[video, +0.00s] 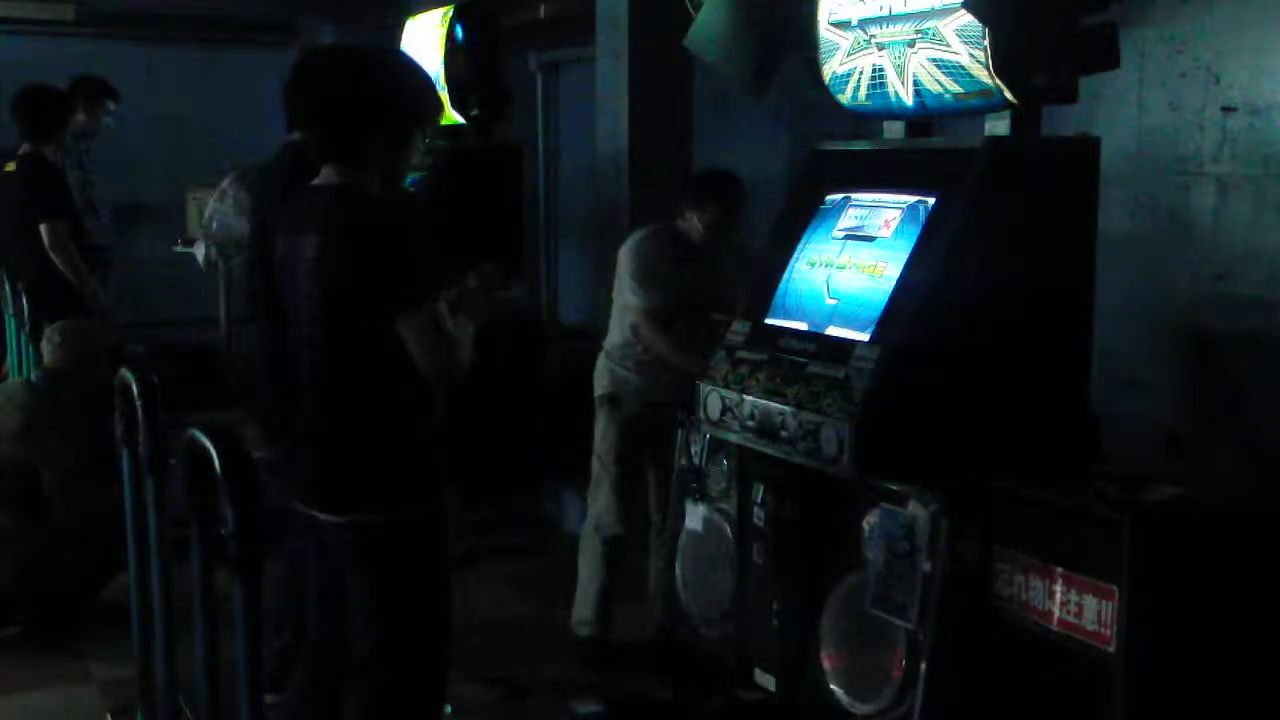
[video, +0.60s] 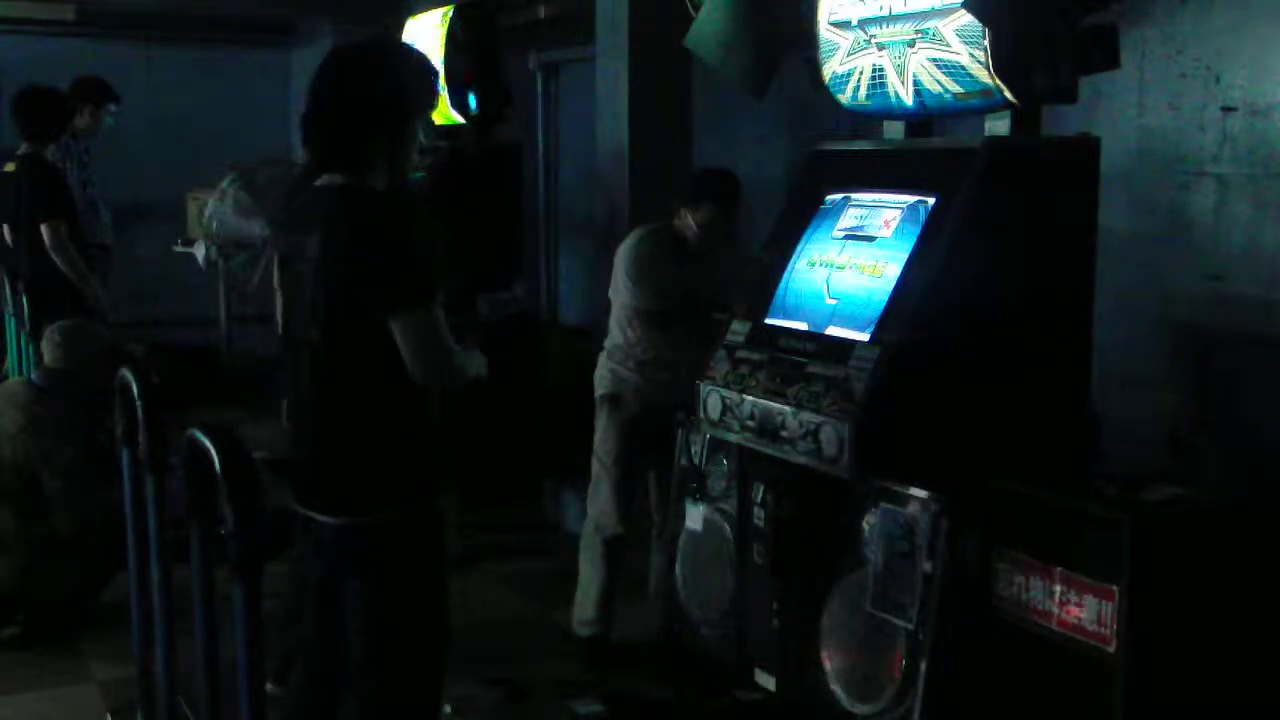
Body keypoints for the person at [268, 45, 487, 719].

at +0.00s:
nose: (418, 146)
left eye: (417, 128)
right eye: (411, 128)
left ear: (320, 128)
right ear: (384, 130)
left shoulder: (286, 216)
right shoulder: (387, 221)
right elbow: (443, 358)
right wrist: (467, 305)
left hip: (306, 479)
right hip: (386, 489)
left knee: (321, 661)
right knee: (401, 671)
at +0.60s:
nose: (423, 135)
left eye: (423, 117)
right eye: (417, 117)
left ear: (331, 111)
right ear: (388, 119)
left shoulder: (303, 204)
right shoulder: (387, 213)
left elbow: (286, 319)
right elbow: (429, 360)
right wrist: (471, 361)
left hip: (317, 460)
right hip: (385, 472)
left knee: (328, 643)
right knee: (400, 660)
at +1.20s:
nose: (434, 138)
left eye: (433, 120)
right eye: (426, 121)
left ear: (337, 118)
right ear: (396, 126)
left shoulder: (306, 207)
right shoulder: (394, 223)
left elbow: (282, 350)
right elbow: (407, 381)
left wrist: (324, 428)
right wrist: (447, 508)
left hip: (320, 476)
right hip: (385, 488)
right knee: (398, 668)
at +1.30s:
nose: (436, 137)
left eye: (434, 119)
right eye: (427, 120)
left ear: (337, 120)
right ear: (398, 126)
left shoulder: (307, 209)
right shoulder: (397, 225)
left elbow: (285, 352)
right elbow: (406, 381)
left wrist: (322, 422)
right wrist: (446, 509)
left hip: (320, 473)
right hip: (387, 487)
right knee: (399, 669)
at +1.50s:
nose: (436, 136)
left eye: (436, 118)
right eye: (429, 118)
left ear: (338, 115)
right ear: (399, 122)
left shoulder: (304, 203)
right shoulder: (397, 218)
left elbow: (288, 344)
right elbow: (407, 377)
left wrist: (304, 446)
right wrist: (458, 498)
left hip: (322, 473)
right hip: (391, 484)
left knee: (328, 659)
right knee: (406, 670)